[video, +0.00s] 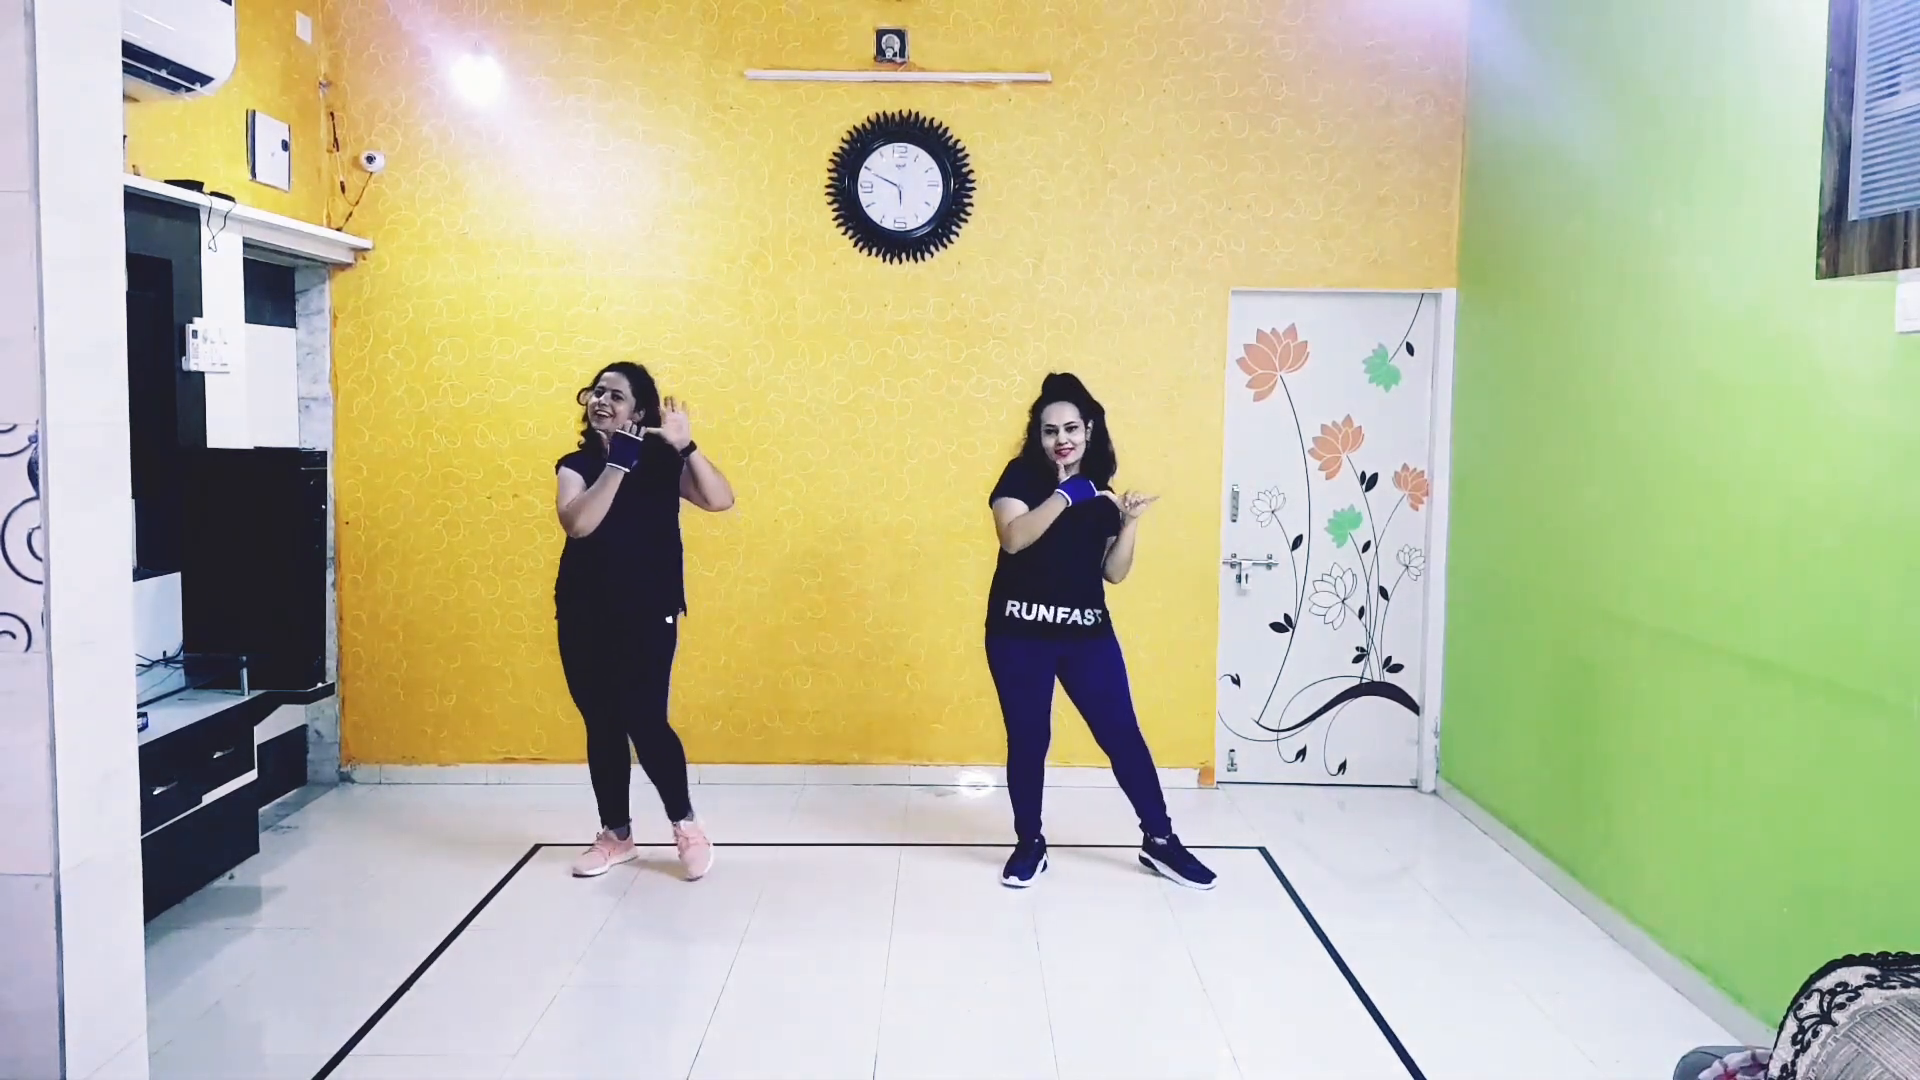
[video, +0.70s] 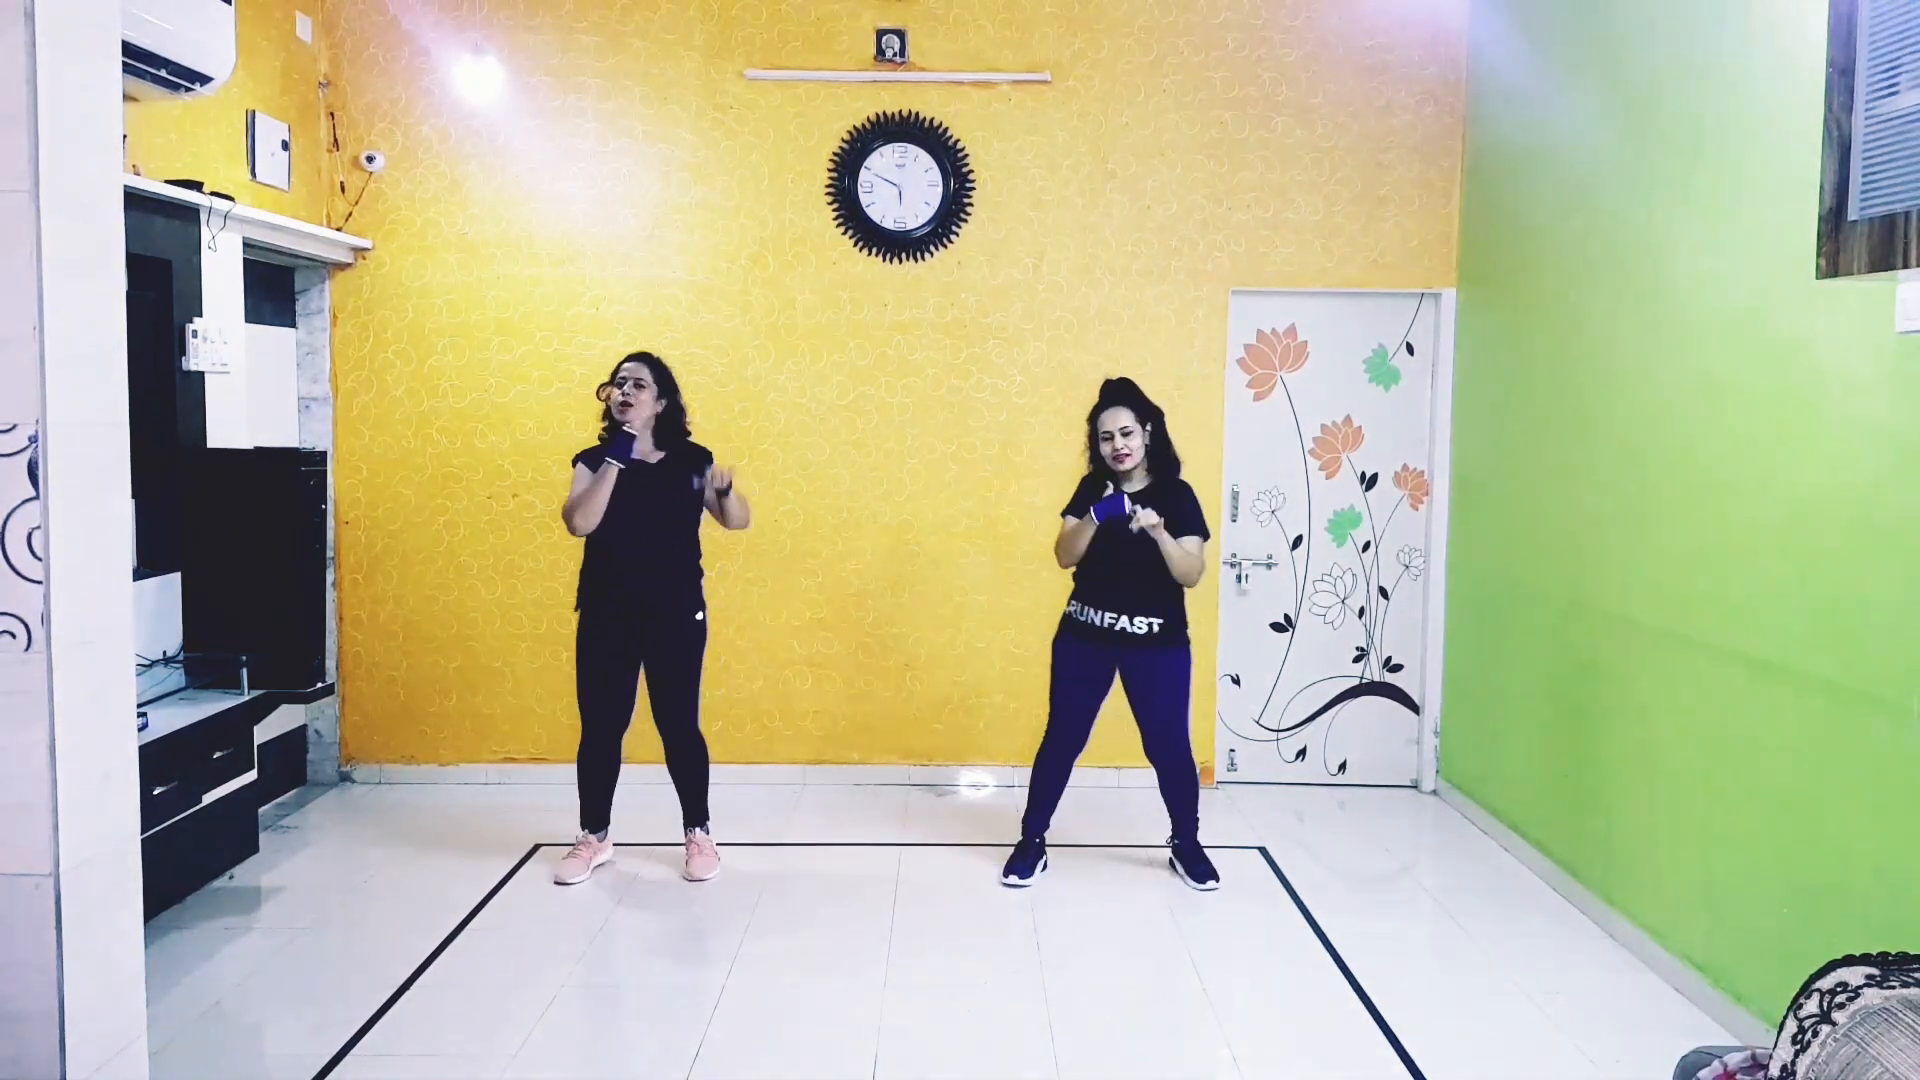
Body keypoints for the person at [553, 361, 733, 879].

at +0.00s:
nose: (601, 401)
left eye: (615, 395)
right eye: (597, 393)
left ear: (642, 411)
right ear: (588, 404)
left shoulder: (663, 460)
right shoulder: (577, 463)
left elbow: (719, 501)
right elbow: (578, 523)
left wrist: (687, 448)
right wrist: (618, 461)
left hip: (650, 610)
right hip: (586, 612)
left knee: (646, 720)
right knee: (602, 725)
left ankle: (685, 825)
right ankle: (615, 834)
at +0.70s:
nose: (621, 391)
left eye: (634, 385)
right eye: (617, 384)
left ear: (662, 399)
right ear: (609, 397)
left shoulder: (691, 462)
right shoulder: (594, 460)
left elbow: (737, 521)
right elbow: (580, 523)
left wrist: (727, 491)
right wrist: (613, 461)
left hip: (674, 614)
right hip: (606, 614)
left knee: (680, 724)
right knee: (600, 726)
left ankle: (698, 833)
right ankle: (593, 836)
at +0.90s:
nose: (610, 396)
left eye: (623, 390)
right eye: (606, 389)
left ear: (650, 406)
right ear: (597, 402)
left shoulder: (679, 471)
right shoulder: (580, 464)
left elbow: (711, 523)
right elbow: (560, 525)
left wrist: (710, 550)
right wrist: (591, 460)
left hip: (646, 621)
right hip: (579, 618)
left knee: (648, 729)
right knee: (589, 730)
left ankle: (685, 831)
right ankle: (594, 840)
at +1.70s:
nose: (645, 411)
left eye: (660, 406)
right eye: (642, 402)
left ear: (682, 424)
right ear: (628, 413)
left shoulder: (705, 481)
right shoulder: (611, 477)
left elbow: (737, 541)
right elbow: (595, 534)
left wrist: (770, 587)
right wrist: (620, 462)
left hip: (712, 629)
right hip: (645, 632)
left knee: (709, 732)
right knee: (624, 736)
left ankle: (711, 839)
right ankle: (632, 844)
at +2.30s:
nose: (605, 395)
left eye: (621, 390)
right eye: (605, 387)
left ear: (646, 413)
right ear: (597, 401)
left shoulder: (674, 467)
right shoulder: (579, 463)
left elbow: (698, 536)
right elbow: (548, 522)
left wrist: (700, 606)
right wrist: (572, 446)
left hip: (642, 624)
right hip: (573, 620)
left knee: (647, 735)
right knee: (577, 735)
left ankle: (691, 836)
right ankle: (580, 845)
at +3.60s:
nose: (627, 403)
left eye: (642, 399)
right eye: (622, 394)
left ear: (663, 416)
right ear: (609, 406)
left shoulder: (685, 478)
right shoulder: (584, 472)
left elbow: (704, 540)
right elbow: (538, 541)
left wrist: (713, 562)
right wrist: (568, 511)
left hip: (653, 628)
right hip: (583, 625)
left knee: (665, 737)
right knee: (580, 734)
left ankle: (706, 845)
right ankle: (575, 841)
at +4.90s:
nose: (624, 403)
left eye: (637, 398)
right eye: (616, 393)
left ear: (655, 411)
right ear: (600, 403)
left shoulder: (680, 464)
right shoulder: (585, 476)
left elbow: (714, 520)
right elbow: (577, 550)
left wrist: (726, 528)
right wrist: (522, 572)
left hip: (662, 623)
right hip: (592, 623)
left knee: (679, 734)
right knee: (586, 735)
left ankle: (713, 841)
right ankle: (580, 843)